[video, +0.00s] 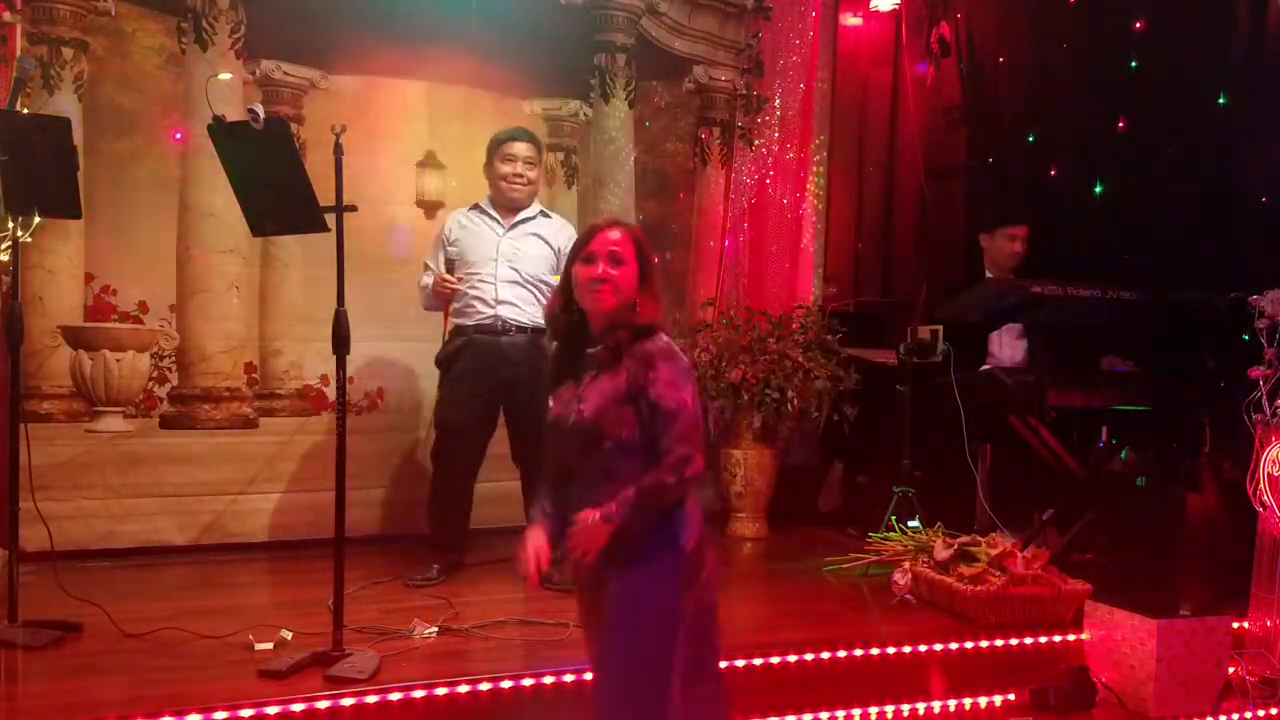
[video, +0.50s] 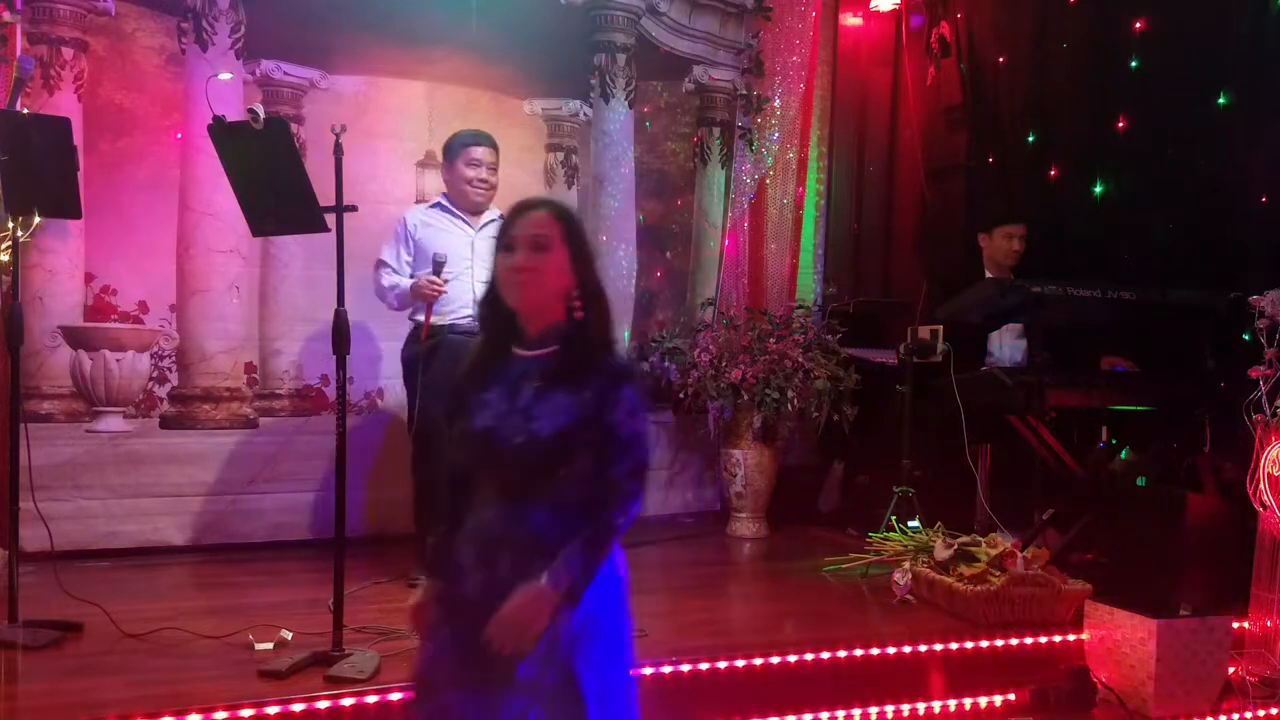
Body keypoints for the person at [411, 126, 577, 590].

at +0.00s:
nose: (518, 170)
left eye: (529, 163)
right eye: (508, 160)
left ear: (541, 174)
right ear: (488, 168)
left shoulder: (560, 232)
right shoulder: (459, 224)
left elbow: (581, 299)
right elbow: (429, 294)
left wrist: (566, 308)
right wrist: (438, 290)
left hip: (532, 352)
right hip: (470, 352)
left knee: (540, 458)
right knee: (453, 458)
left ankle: (552, 555)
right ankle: (444, 554)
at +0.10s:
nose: (512, 172)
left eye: (522, 165)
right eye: (502, 162)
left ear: (532, 175)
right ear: (480, 170)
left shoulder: (553, 234)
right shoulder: (448, 227)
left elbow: (575, 297)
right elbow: (420, 298)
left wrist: (560, 309)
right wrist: (431, 293)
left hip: (527, 354)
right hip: (464, 354)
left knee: (537, 459)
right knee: (450, 460)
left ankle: (542, 555)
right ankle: (445, 555)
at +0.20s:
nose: (504, 175)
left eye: (513, 168)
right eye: (493, 166)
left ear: (524, 179)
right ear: (471, 174)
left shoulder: (544, 236)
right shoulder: (443, 229)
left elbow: (567, 297)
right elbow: (413, 298)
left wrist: (554, 310)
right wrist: (426, 298)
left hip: (522, 356)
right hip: (459, 354)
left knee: (536, 453)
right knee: (446, 457)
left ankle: (549, 548)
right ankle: (440, 554)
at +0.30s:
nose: (496, 178)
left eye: (505, 170)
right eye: (485, 168)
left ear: (514, 179)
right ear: (462, 176)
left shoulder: (534, 237)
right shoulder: (435, 231)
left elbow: (554, 297)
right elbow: (405, 297)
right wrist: (421, 297)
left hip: (517, 356)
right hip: (455, 355)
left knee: (531, 457)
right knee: (441, 460)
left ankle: (536, 551)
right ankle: (435, 559)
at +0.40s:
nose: (489, 178)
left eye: (497, 170)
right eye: (478, 168)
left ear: (505, 179)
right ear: (455, 174)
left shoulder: (520, 235)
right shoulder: (425, 229)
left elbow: (539, 295)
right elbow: (397, 295)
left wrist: (528, 332)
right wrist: (417, 296)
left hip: (503, 352)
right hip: (446, 353)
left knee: (498, 452)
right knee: (438, 455)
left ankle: (491, 554)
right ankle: (432, 558)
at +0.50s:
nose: (483, 174)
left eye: (491, 168)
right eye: (472, 164)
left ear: (498, 177)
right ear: (446, 170)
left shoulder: (506, 229)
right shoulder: (417, 222)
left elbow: (528, 285)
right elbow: (385, 282)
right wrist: (411, 290)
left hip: (494, 351)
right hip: (437, 351)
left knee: (491, 454)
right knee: (434, 457)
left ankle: (489, 566)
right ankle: (433, 564)